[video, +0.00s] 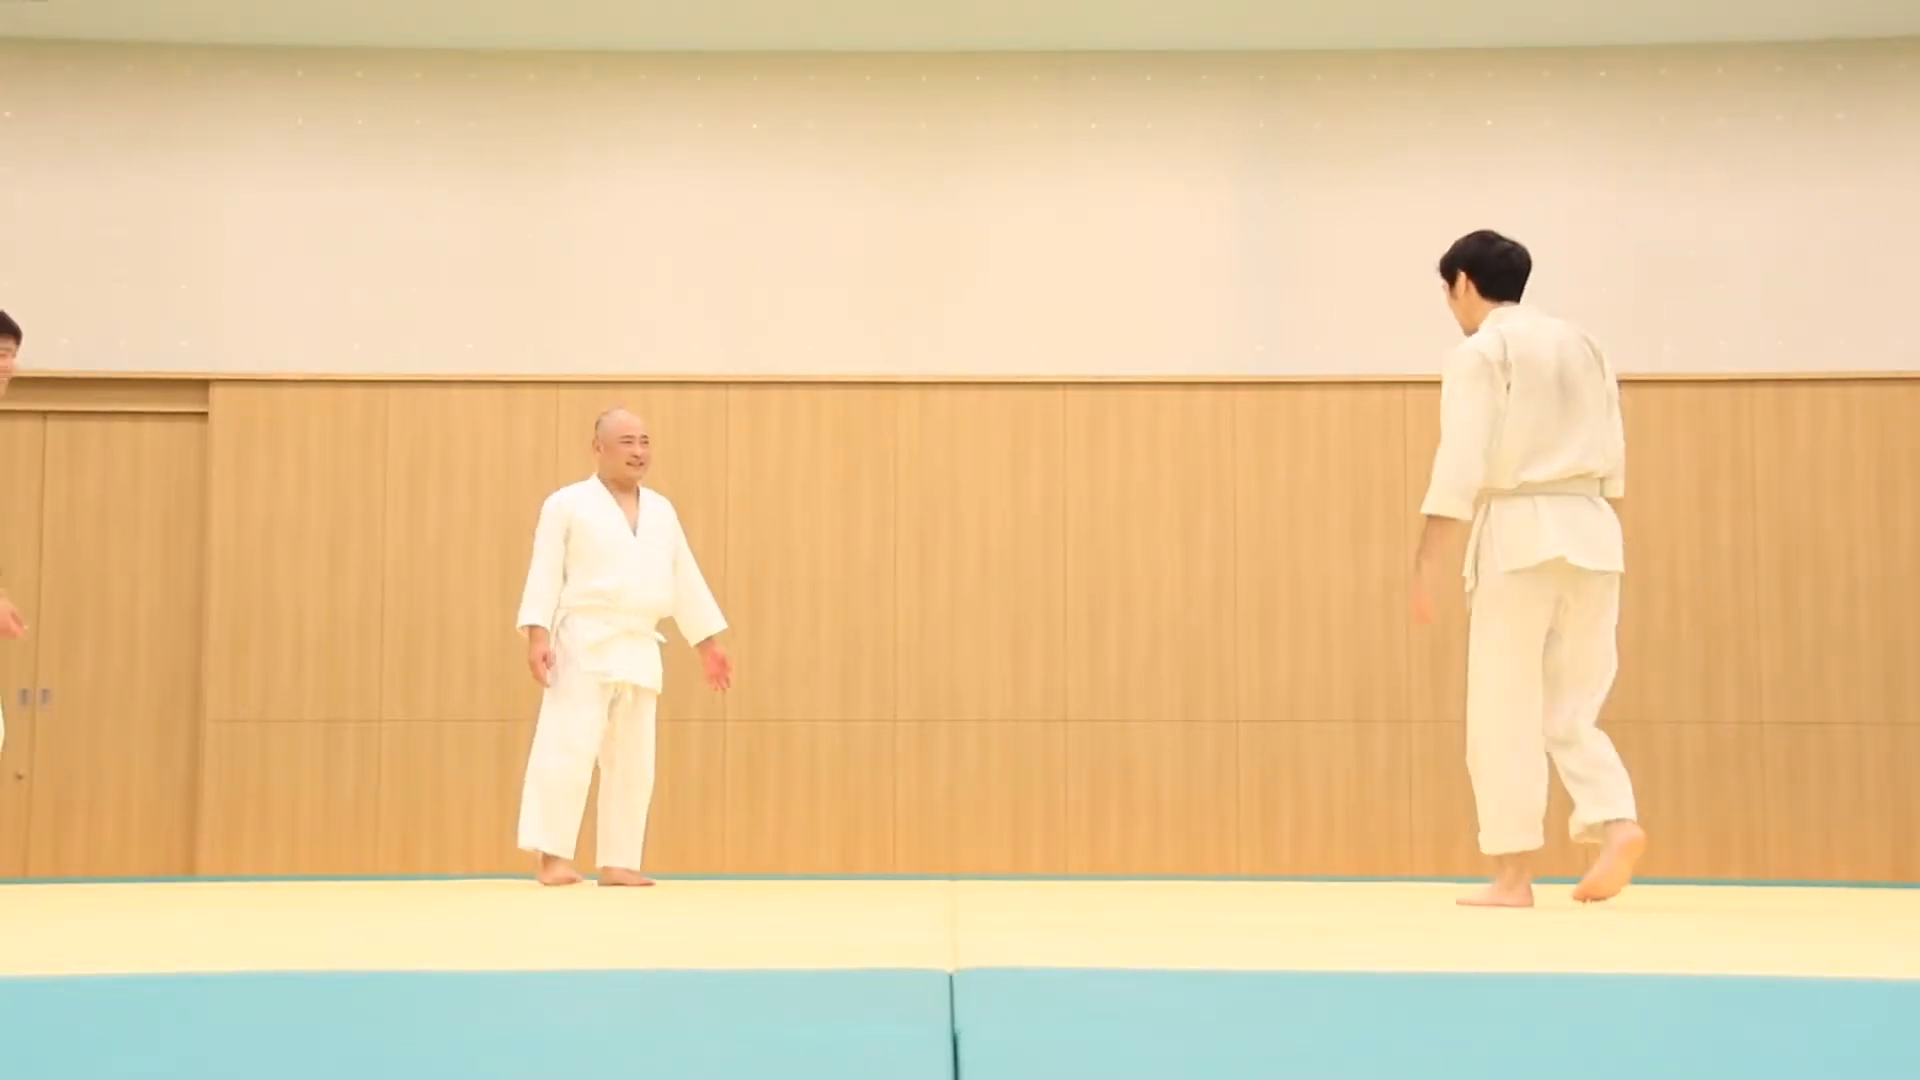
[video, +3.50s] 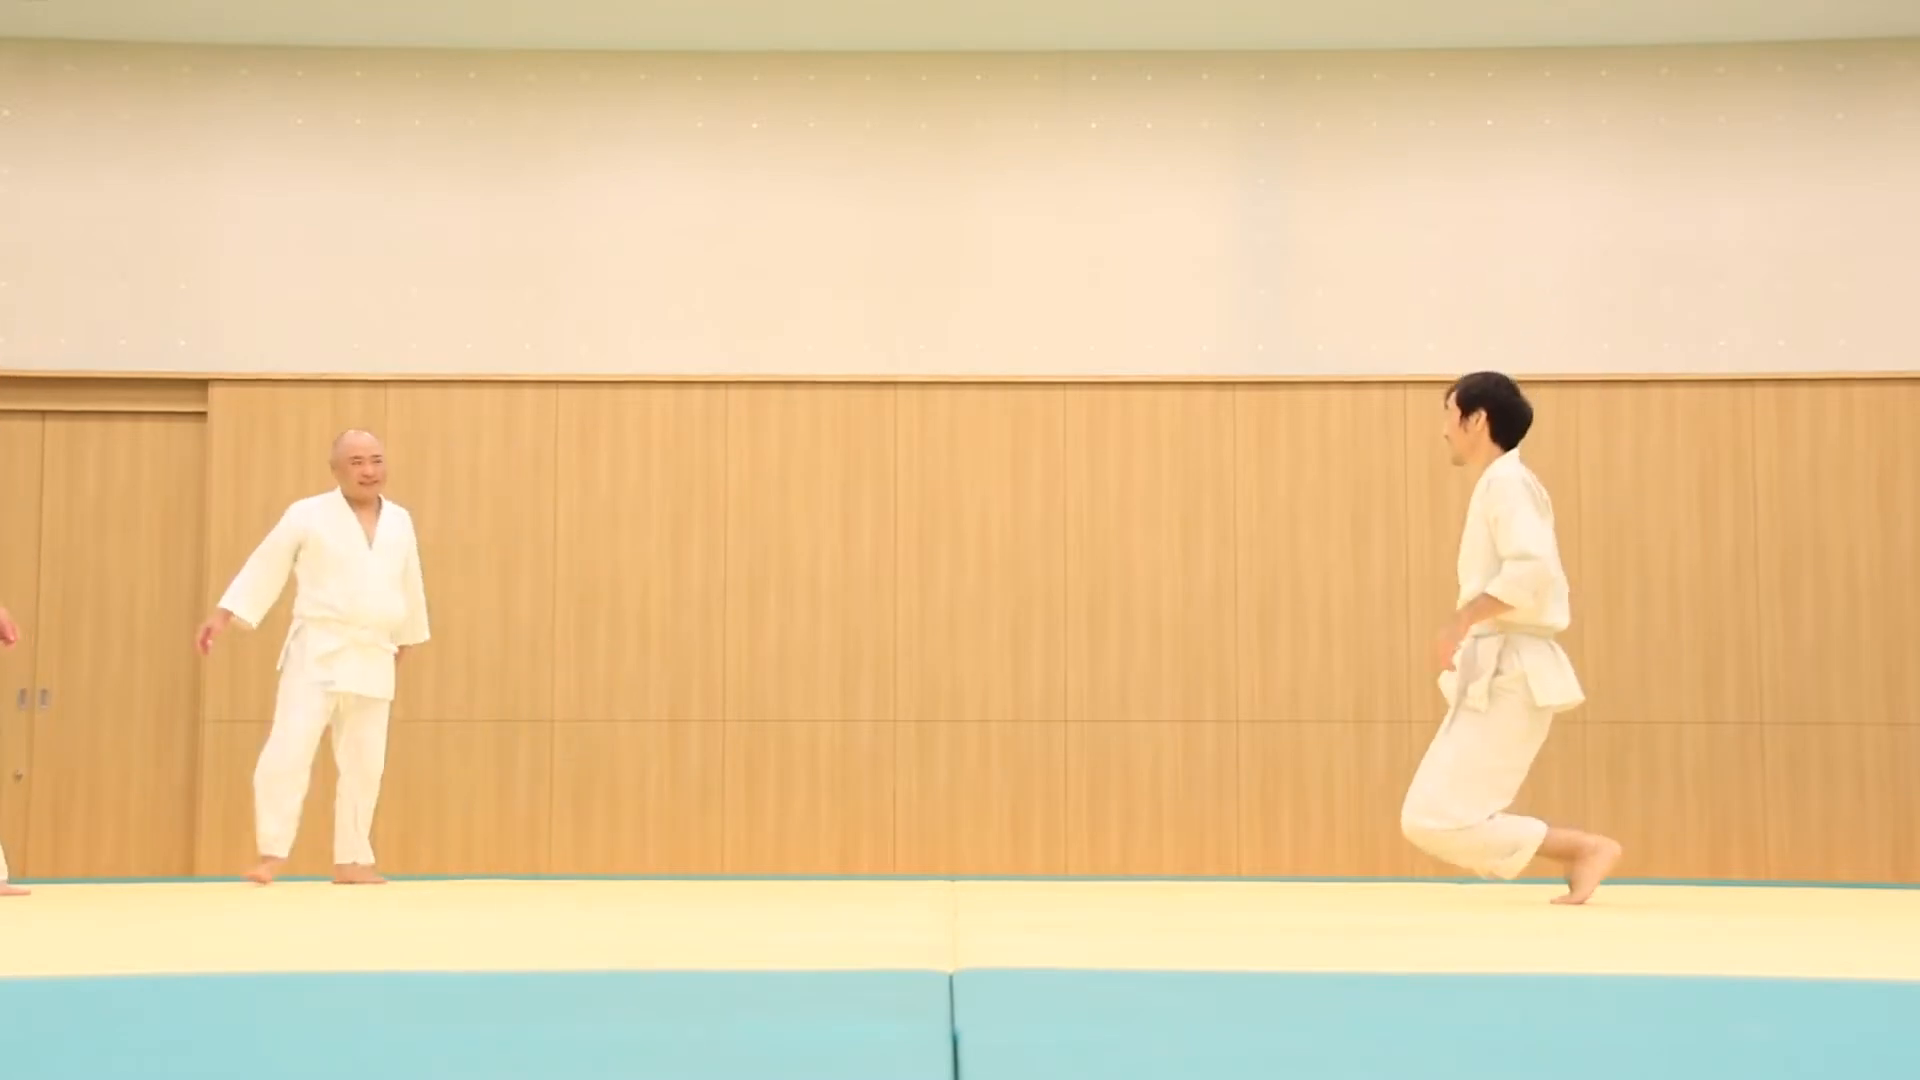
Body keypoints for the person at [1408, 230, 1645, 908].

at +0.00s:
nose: (1450, 306)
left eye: (1450, 291)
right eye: (1449, 292)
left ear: (1468, 285)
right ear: (1515, 284)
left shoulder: (1479, 351)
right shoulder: (1582, 346)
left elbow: (1461, 465)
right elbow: (1611, 460)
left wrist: (1426, 565)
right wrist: (1588, 529)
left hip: (1516, 537)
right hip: (1594, 535)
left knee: (1503, 701)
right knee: (1572, 706)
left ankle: (1511, 878)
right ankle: (1619, 823)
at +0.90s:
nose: (1424, 323)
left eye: (1426, 308)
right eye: (1422, 309)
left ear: (1455, 301)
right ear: (1475, 302)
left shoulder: (1477, 361)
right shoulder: (1520, 360)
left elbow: (1482, 471)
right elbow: (1537, 469)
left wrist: (1470, 567)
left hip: (1503, 544)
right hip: (1542, 540)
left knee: (1498, 708)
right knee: (1544, 706)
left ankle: (1519, 871)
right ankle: (1561, 871)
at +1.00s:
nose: (1420, 319)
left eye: (1423, 303)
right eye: (1418, 305)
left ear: (1456, 298)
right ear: (1466, 299)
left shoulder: (1485, 359)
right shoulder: (1508, 357)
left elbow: (1472, 470)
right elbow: (1493, 471)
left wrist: (1431, 555)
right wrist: (1449, 554)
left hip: (1504, 544)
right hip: (1535, 541)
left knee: (1502, 706)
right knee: (1536, 705)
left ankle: (1522, 872)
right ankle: (1558, 871)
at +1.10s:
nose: (1420, 318)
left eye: (1423, 303)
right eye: (1417, 305)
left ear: (1456, 298)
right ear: (1465, 298)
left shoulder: (1489, 359)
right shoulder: (1501, 358)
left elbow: (1465, 469)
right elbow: (1479, 477)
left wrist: (1388, 518)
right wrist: (1409, 525)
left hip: (1506, 548)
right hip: (1528, 546)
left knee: (1499, 708)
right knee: (1530, 707)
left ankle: (1522, 875)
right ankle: (1556, 871)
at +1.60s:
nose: (1391, 327)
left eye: (1395, 312)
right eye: (1388, 314)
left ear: (1430, 306)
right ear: (1435, 307)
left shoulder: (1473, 362)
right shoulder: (1480, 358)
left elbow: (1520, 465)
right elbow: (1531, 464)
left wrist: (1466, 535)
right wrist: (1480, 533)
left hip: (1525, 552)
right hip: (1531, 549)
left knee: (1511, 713)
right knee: (1539, 709)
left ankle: (1529, 873)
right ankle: (1558, 867)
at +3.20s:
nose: (1449, 399)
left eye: (1452, 386)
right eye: (1449, 386)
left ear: (1481, 388)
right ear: (1490, 389)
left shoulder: (1526, 447)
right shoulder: (1522, 445)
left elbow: (1557, 541)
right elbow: (1556, 542)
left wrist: (1522, 609)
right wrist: (1523, 609)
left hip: (1582, 627)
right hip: (1571, 626)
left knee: (1502, 768)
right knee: (1506, 766)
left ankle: (1616, 870)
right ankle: (1611, 869)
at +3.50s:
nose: (1445, 428)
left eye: (1451, 415)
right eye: (1447, 414)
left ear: (1478, 420)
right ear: (1486, 421)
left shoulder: (1506, 481)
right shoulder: (1506, 481)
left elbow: (1532, 571)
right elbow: (1530, 581)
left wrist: (1460, 622)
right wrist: (1462, 633)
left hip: (1513, 675)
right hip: (1501, 674)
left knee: (1430, 819)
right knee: (1431, 819)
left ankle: (1583, 849)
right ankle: (1577, 851)